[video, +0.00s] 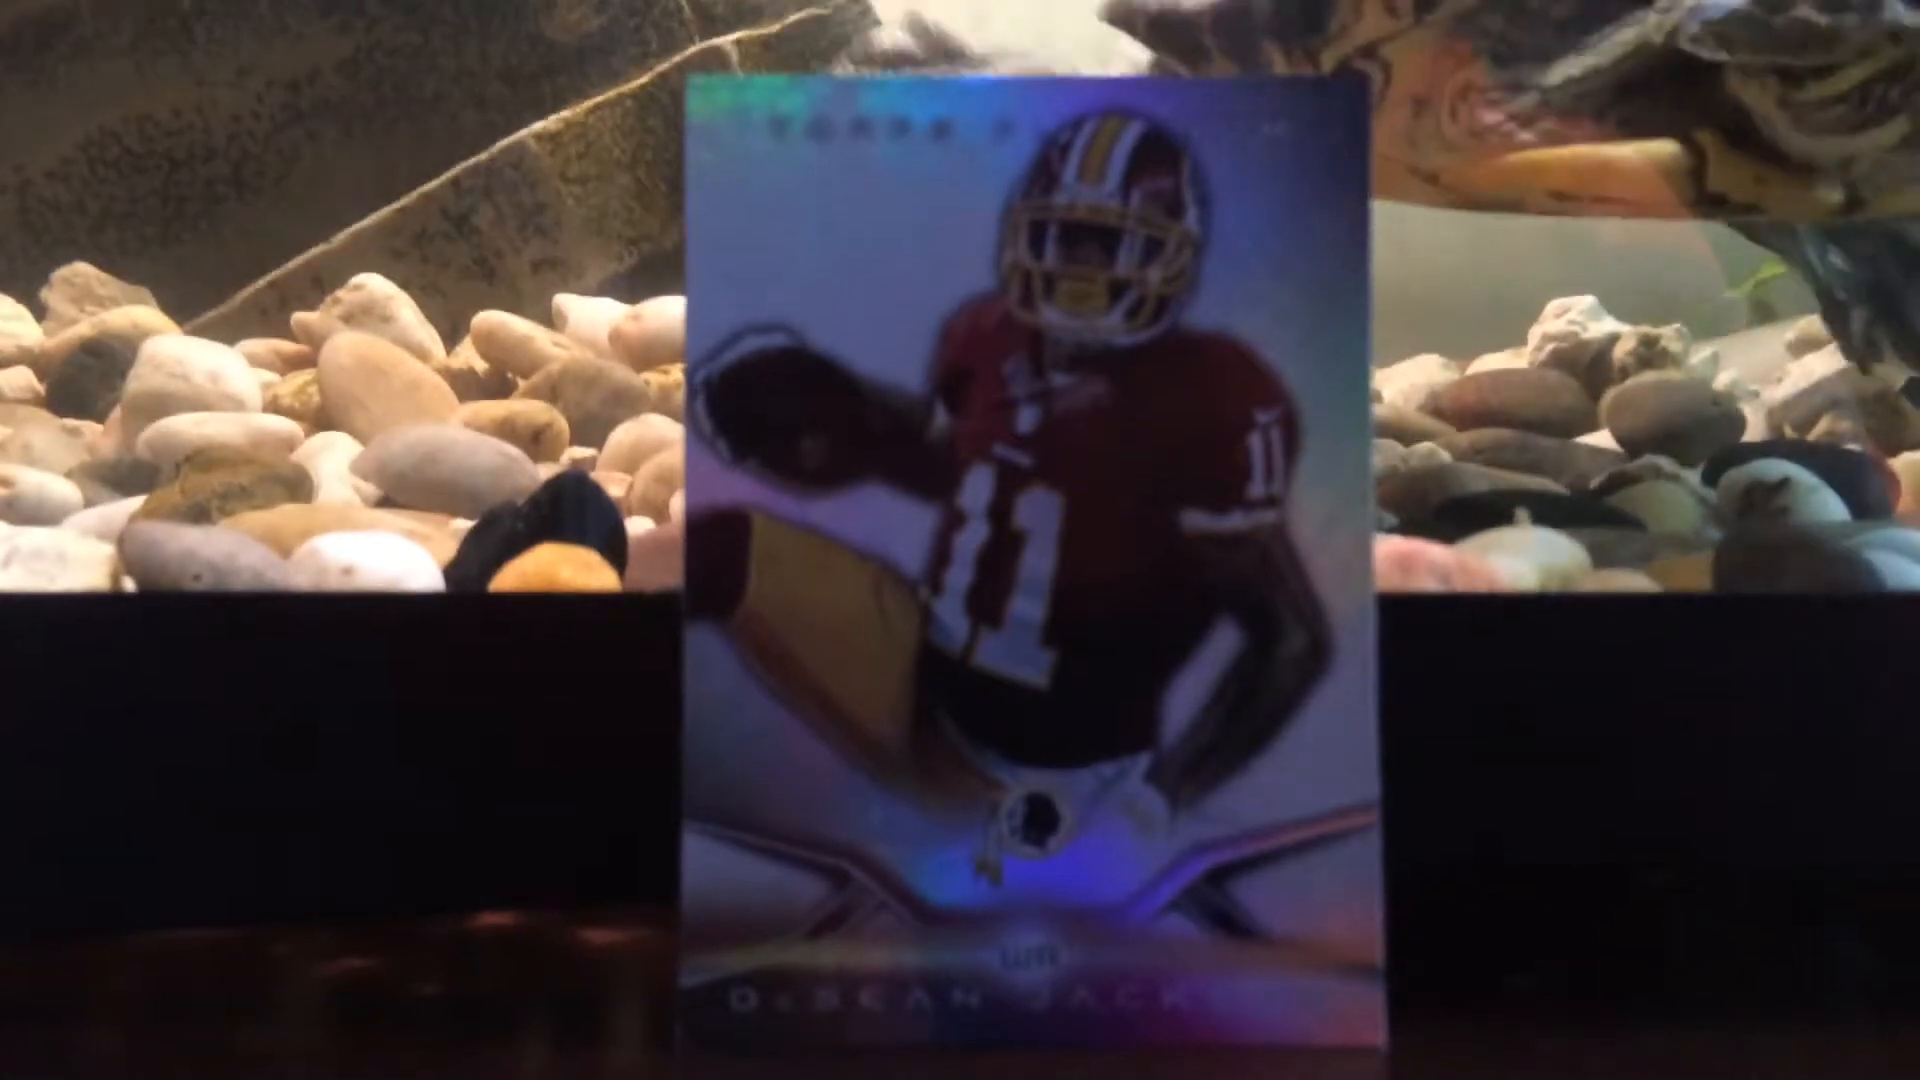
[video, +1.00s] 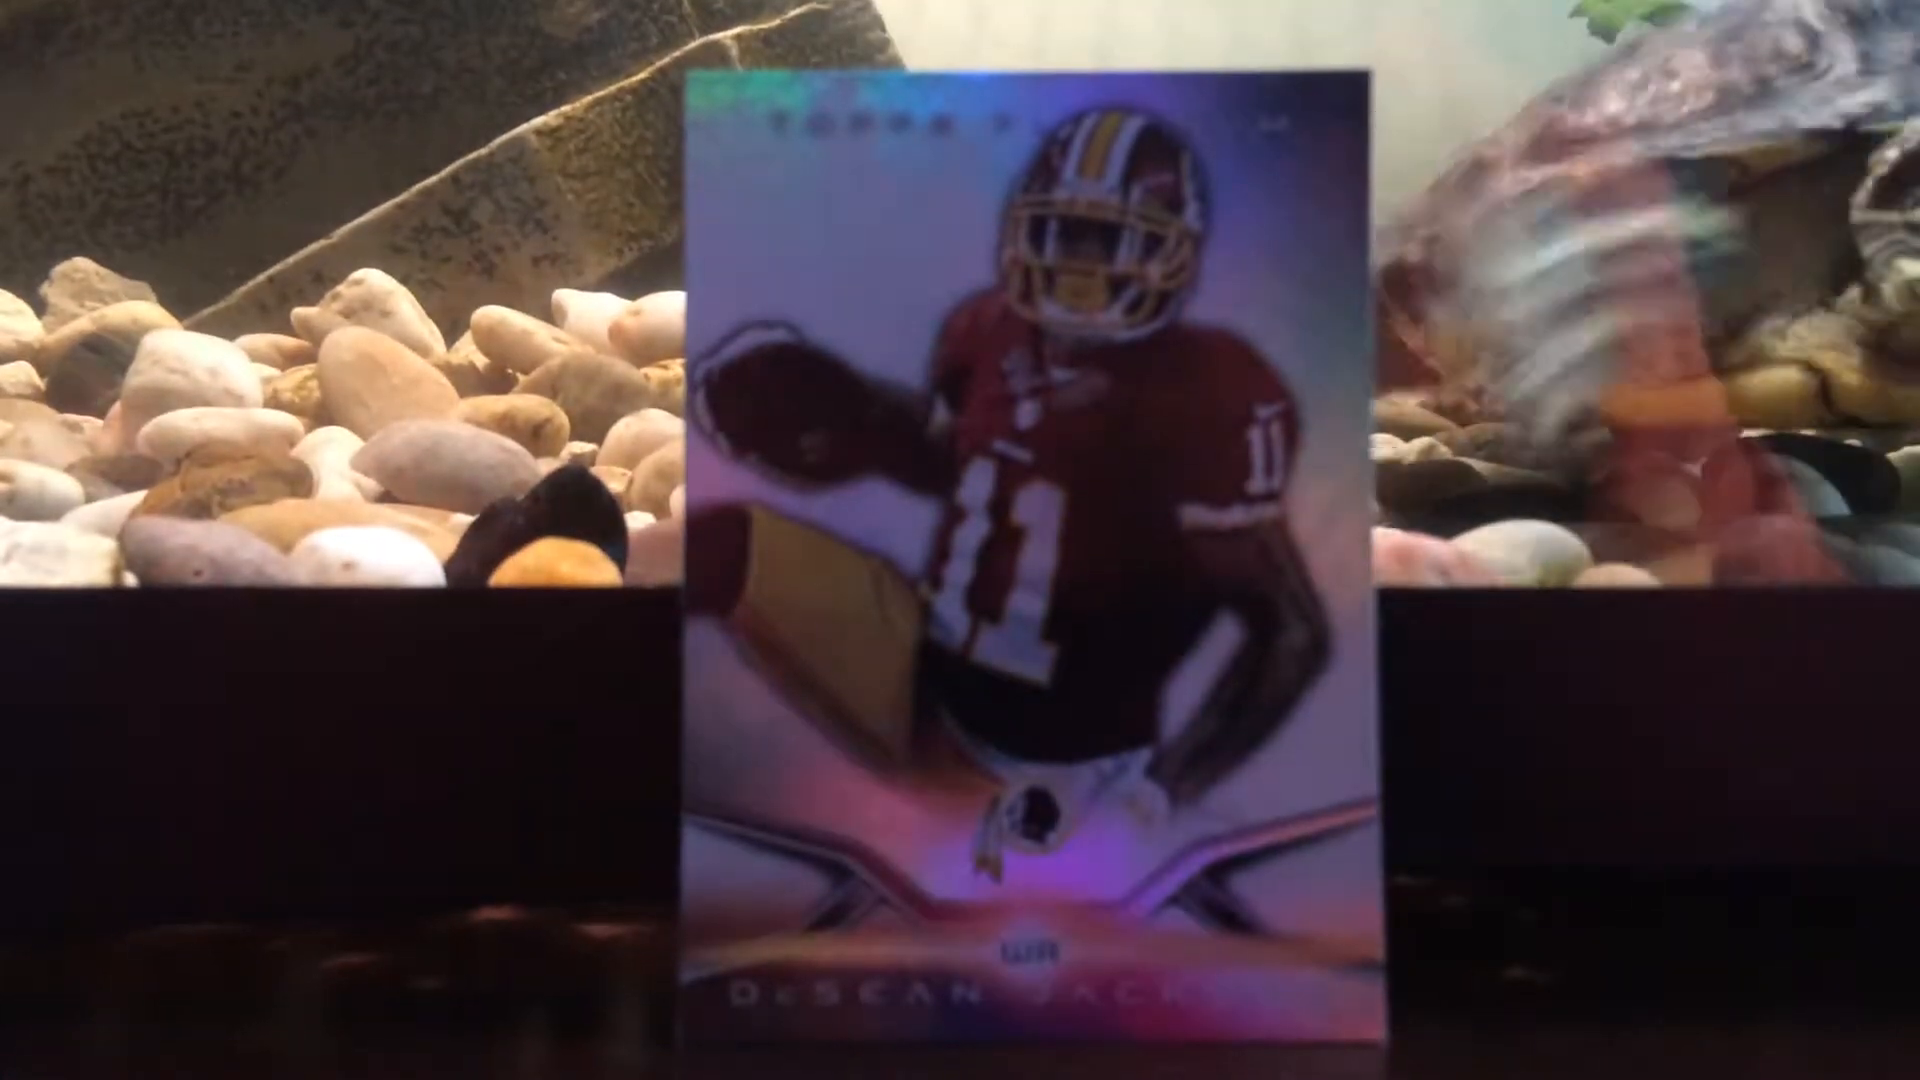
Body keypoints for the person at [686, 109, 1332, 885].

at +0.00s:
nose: (1082, 272)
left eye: (1116, 247)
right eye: (1063, 239)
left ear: (1175, 259)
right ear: (1022, 240)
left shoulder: (1217, 401)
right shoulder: (981, 341)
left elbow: (1293, 642)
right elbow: (961, 472)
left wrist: (1160, 799)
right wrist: (857, 432)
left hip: (1081, 768)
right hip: (932, 695)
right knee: (718, 550)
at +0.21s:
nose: (1081, 271)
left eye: (1115, 246)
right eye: (1062, 238)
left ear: (1175, 258)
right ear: (1023, 239)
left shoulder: (1218, 399)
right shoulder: (981, 339)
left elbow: (1293, 640)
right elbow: (962, 470)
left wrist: (1159, 799)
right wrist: (856, 427)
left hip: (1081, 766)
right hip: (932, 693)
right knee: (718, 549)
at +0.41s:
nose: (1081, 270)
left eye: (1115, 244)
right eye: (1063, 237)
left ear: (1175, 256)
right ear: (1022, 238)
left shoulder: (1218, 398)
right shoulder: (982, 338)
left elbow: (1293, 640)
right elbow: (960, 468)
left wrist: (1159, 797)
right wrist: (854, 425)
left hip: (1082, 764)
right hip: (932, 691)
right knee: (718, 547)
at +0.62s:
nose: (1080, 269)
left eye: (1114, 244)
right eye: (1062, 236)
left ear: (1175, 256)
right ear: (1022, 237)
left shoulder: (1216, 398)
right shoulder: (982, 337)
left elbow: (1293, 638)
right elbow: (957, 466)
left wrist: (1157, 797)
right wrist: (855, 424)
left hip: (1080, 759)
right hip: (931, 687)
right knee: (719, 546)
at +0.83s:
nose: (1082, 268)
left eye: (1116, 242)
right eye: (1062, 235)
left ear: (1177, 255)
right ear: (1022, 238)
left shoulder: (1216, 398)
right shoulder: (982, 336)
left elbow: (1293, 637)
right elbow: (955, 466)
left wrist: (1156, 795)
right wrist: (856, 423)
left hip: (1080, 752)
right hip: (932, 679)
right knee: (716, 546)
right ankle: (903, 777)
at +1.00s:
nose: (1080, 268)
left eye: (1115, 242)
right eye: (1061, 234)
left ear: (1176, 254)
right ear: (1021, 236)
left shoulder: (1212, 396)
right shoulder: (981, 335)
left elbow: (1293, 636)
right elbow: (956, 466)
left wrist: (1157, 795)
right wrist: (857, 425)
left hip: (1079, 754)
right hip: (931, 679)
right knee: (717, 546)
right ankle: (906, 780)